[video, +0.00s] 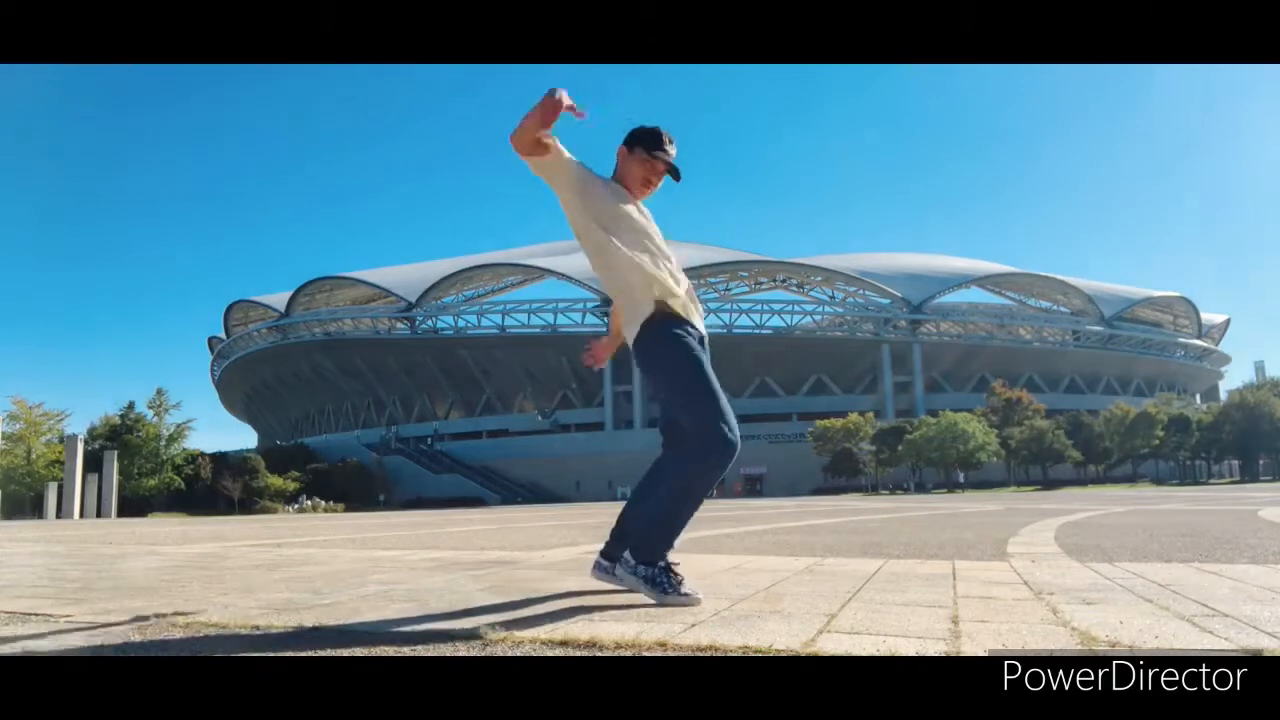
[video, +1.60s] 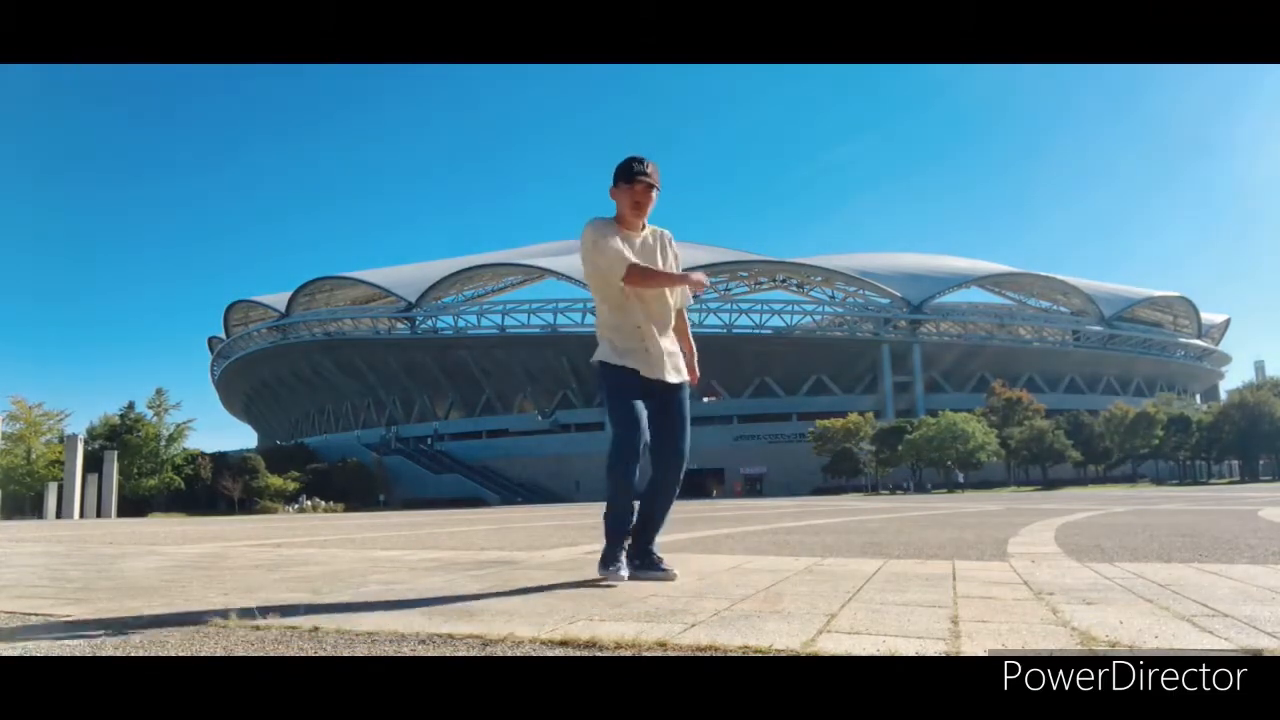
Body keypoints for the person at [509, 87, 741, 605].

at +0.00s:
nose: (657, 178)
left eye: (664, 173)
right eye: (652, 165)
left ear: (661, 178)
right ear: (624, 154)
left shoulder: (635, 217)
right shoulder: (585, 185)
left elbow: (640, 283)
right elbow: (526, 142)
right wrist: (551, 106)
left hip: (683, 336)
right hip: (663, 333)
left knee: (685, 446)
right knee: (717, 440)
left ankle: (619, 555)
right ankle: (642, 558)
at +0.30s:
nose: (655, 161)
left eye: (661, 158)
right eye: (649, 147)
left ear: (659, 163)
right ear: (622, 136)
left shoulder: (626, 194)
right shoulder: (596, 186)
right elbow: (589, 193)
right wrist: (583, 109)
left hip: (688, 328)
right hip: (671, 328)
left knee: (696, 445)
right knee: (693, 446)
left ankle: (626, 549)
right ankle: (635, 571)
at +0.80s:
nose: (670, 144)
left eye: (677, 137)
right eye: (666, 131)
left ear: (675, 136)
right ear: (636, 118)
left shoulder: (660, 172)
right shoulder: (589, 174)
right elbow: (509, 172)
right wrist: (550, 111)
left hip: (694, 330)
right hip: (656, 331)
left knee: (710, 442)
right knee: (695, 443)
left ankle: (648, 555)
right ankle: (635, 569)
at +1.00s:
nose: (674, 161)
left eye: (682, 155)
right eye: (668, 148)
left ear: (683, 157)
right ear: (638, 138)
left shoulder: (661, 199)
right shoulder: (593, 193)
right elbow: (518, 212)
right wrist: (554, 155)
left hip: (682, 349)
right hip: (646, 351)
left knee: (726, 450)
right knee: (701, 452)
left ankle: (647, 546)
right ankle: (641, 569)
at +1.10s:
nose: (664, 179)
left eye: (671, 174)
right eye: (659, 166)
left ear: (669, 179)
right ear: (631, 159)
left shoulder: (652, 229)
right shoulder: (601, 214)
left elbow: (680, 294)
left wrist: (713, 332)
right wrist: (614, 156)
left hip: (677, 363)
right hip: (642, 363)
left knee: (739, 442)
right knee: (698, 452)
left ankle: (672, 518)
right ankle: (636, 570)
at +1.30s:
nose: (645, 197)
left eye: (652, 191)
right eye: (637, 185)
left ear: (655, 193)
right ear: (611, 179)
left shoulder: (636, 238)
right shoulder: (593, 226)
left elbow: (668, 301)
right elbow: (664, 247)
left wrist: (711, 337)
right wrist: (716, 243)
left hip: (682, 363)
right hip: (642, 364)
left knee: (716, 464)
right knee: (685, 450)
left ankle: (656, 553)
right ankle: (635, 573)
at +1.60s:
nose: (642, 194)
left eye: (649, 188)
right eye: (634, 185)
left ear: (656, 195)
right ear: (615, 190)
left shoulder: (665, 243)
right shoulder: (599, 233)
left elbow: (676, 310)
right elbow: (629, 274)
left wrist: (690, 354)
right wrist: (682, 279)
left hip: (669, 363)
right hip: (622, 360)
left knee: (674, 459)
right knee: (632, 439)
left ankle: (642, 550)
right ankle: (615, 549)